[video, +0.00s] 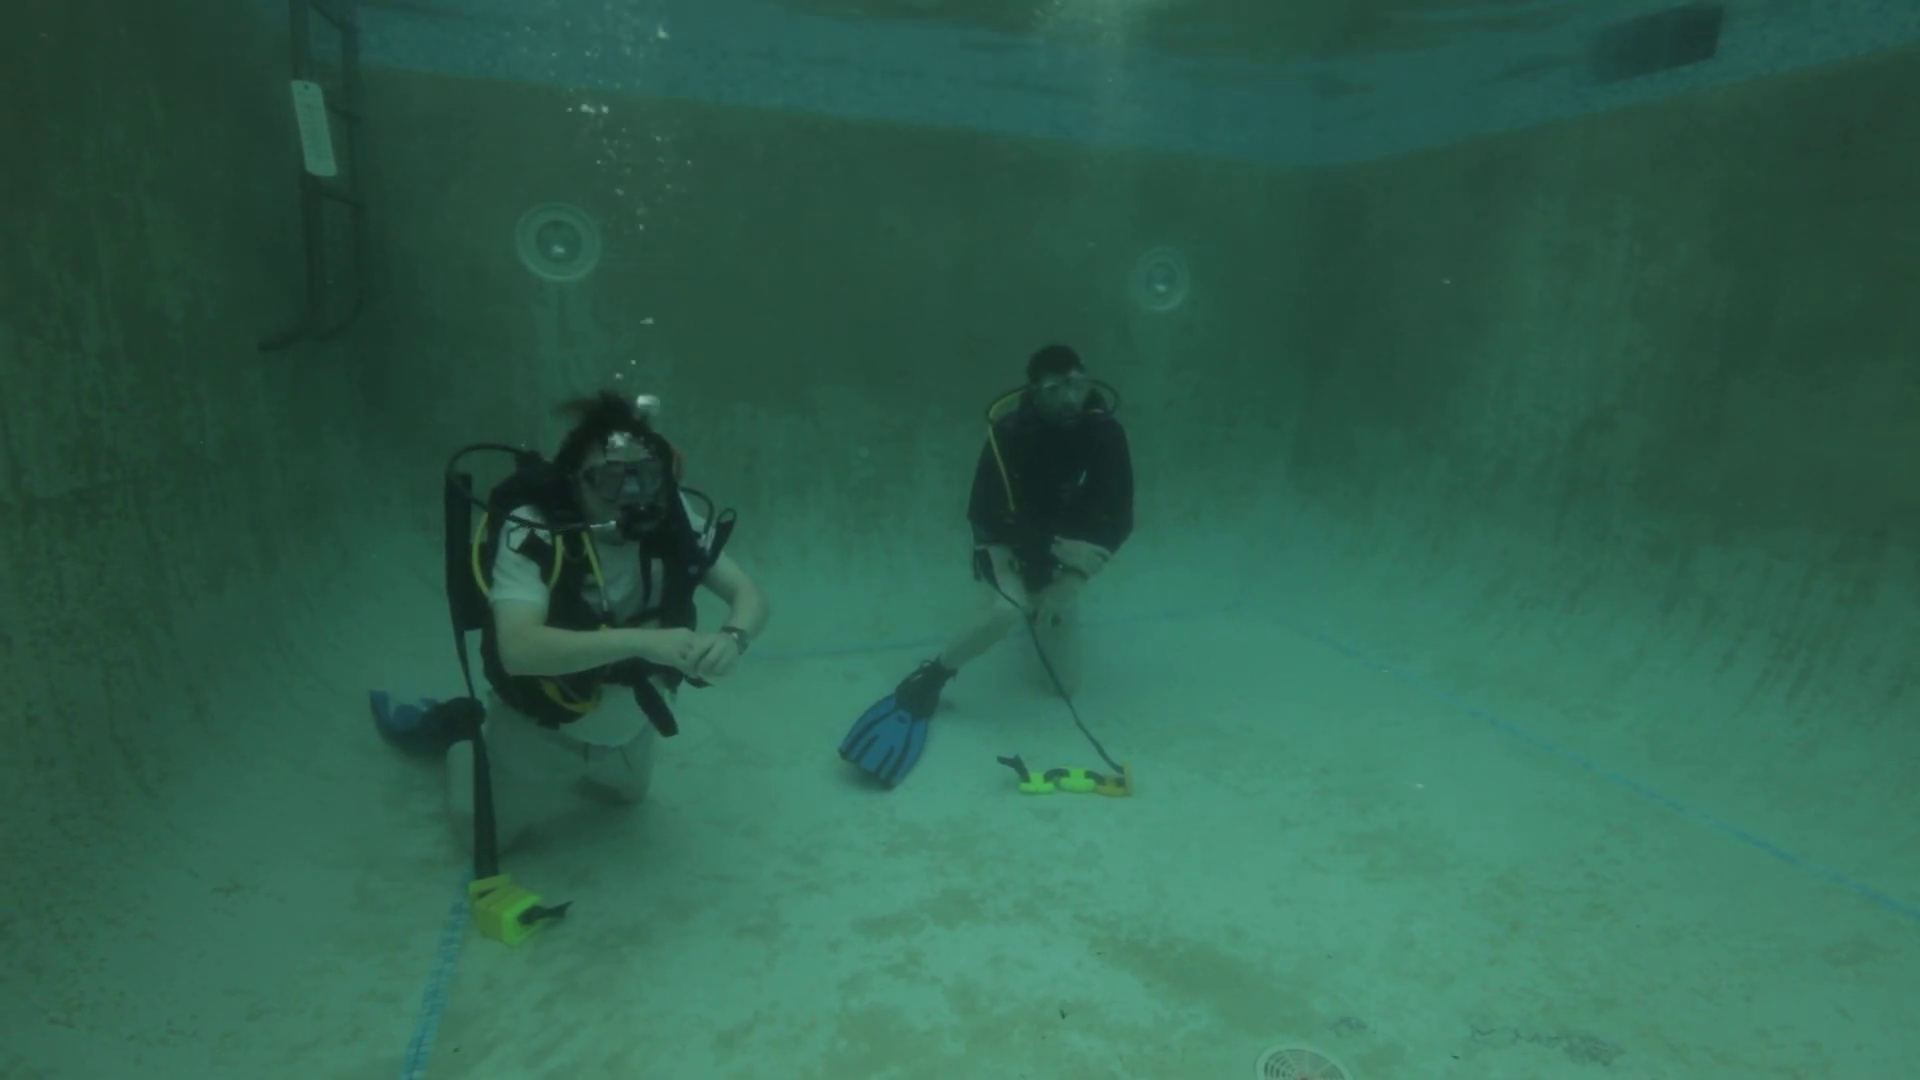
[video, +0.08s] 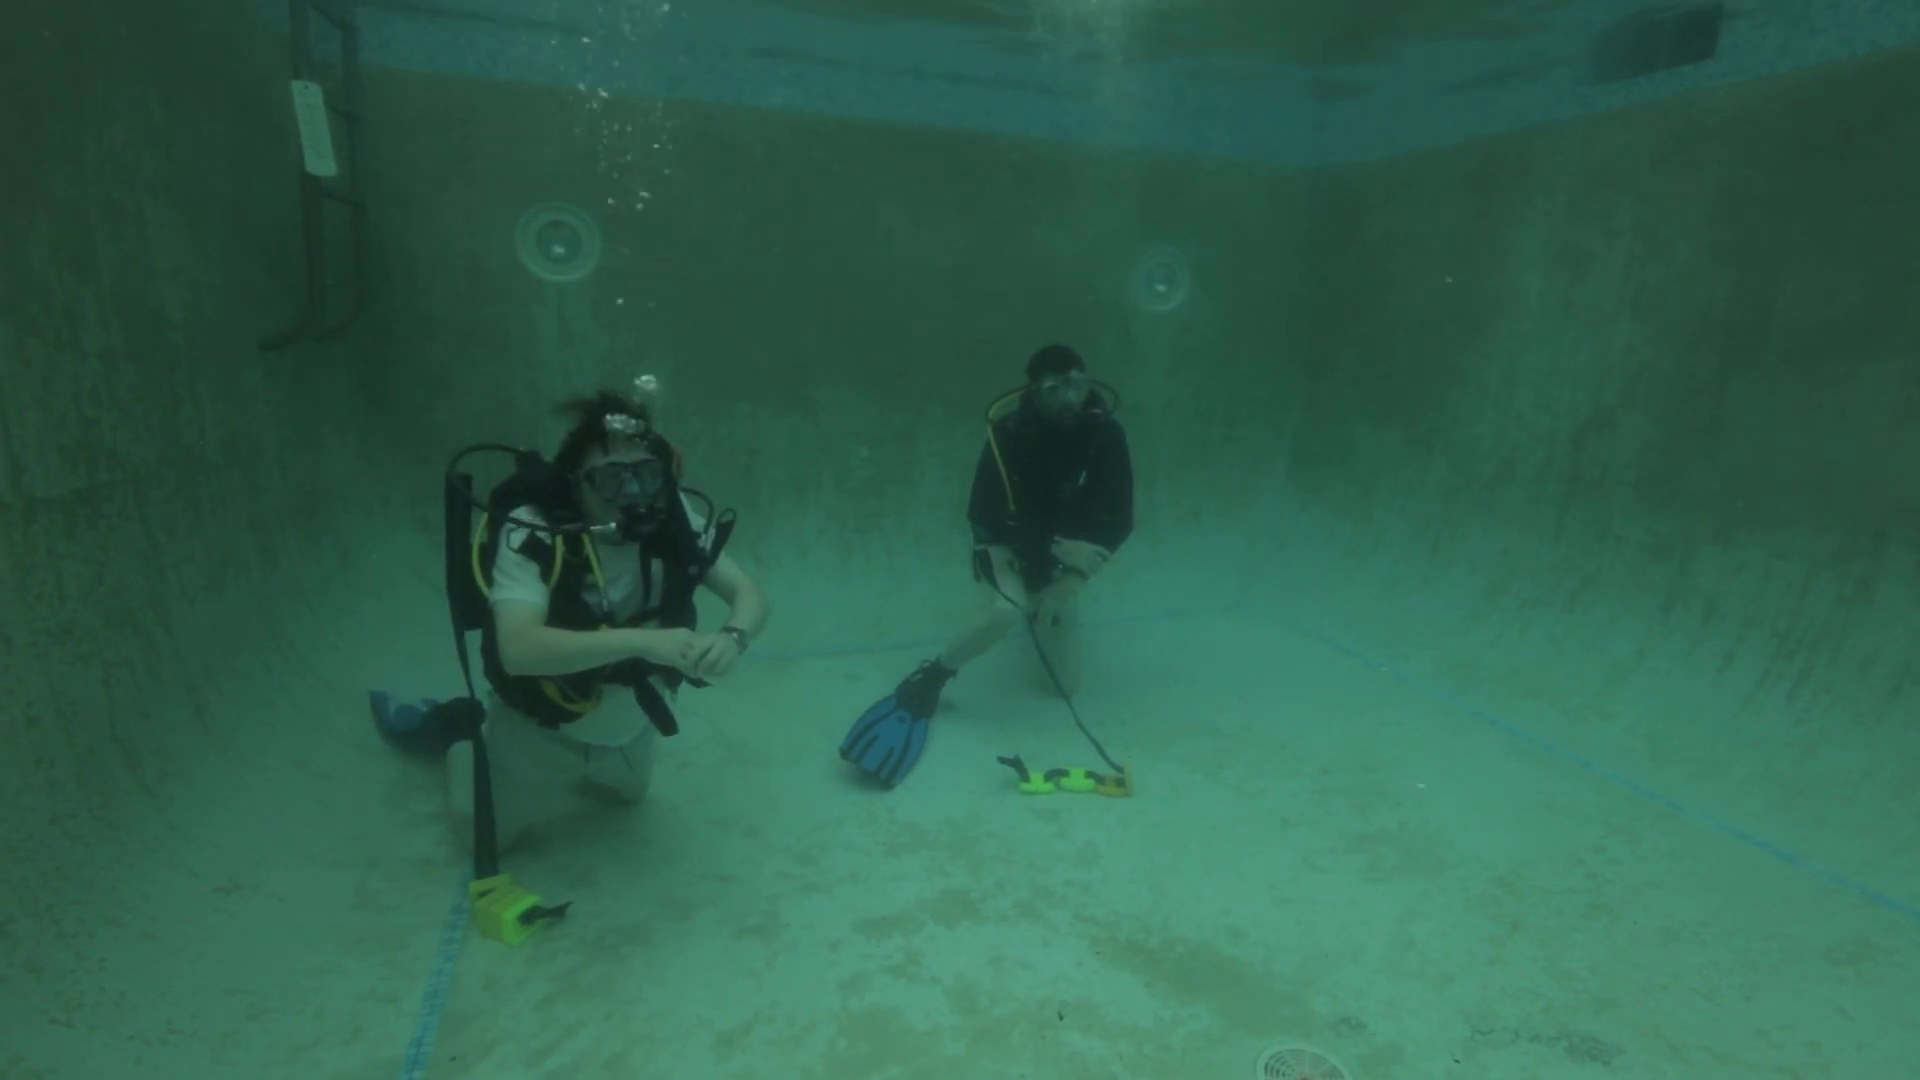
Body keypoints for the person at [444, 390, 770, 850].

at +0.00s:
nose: (626, 493)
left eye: (639, 477)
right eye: (609, 478)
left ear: (658, 477)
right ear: (577, 479)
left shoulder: (670, 519)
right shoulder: (531, 527)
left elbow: (748, 594)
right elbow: (517, 650)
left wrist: (734, 637)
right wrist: (647, 643)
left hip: (628, 711)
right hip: (539, 718)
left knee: (628, 786)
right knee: (485, 835)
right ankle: (462, 730)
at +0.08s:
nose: (630, 494)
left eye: (642, 476)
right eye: (610, 478)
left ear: (661, 474)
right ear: (576, 479)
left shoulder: (673, 519)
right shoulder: (531, 528)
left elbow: (749, 594)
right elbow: (518, 650)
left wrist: (734, 636)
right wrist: (647, 643)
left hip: (627, 712)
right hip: (539, 719)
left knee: (628, 786)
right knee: (485, 836)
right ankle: (462, 728)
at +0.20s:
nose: (630, 495)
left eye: (643, 478)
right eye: (611, 479)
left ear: (663, 476)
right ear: (576, 479)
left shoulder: (673, 519)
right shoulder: (531, 527)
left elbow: (748, 593)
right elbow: (518, 649)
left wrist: (734, 636)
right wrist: (648, 643)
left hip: (627, 712)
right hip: (539, 719)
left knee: (628, 786)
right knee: (485, 836)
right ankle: (462, 728)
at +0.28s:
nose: (631, 495)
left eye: (644, 477)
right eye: (612, 480)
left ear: (662, 475)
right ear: (577, 481)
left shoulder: (676, 518)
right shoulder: (531, 529)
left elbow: (749, 593)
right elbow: (518, 650)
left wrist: (734, 636)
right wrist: (644, 644)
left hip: (628, 710)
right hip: (540, 720)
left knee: (628, 786)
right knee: (491, 835)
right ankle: (464, 728)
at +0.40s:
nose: (630, 496)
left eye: (643, 478)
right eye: (611, 480)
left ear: (663, 477)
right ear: (576, 483)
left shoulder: (673, 519)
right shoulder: (532, 528)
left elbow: (749, 593)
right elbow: (517, 649)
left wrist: (734, 636)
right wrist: (647, 643)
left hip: (627, 710)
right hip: (538, 717)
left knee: (629, 786)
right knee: (485, 835)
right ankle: (461, 728)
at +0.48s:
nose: (631, 495)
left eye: (643, 478)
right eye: (612, 479)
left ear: (662, 477)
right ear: (577, 482)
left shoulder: (671, 519)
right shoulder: (532, 527)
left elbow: (748, 593)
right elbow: (517, 649)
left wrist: (734, 637)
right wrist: (647, 643)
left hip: (627, 709)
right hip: (539, 716)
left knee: (628, 786)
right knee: (486, 836)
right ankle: (462, 728)